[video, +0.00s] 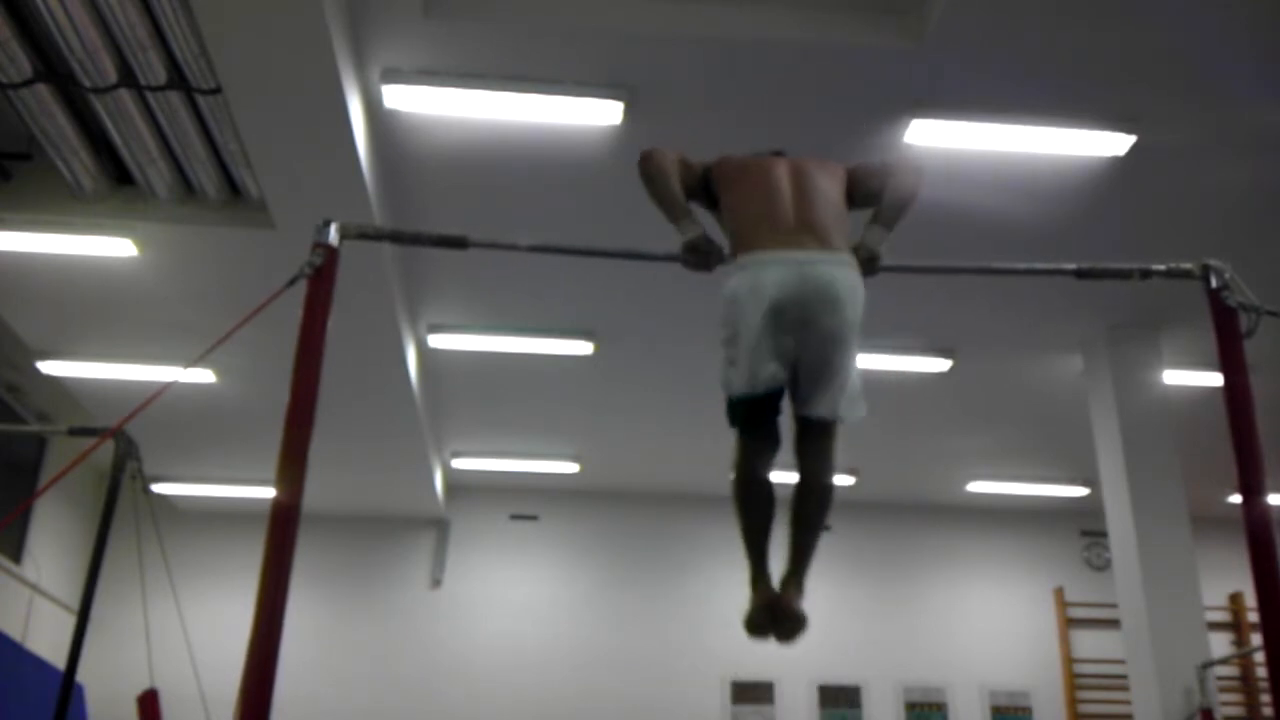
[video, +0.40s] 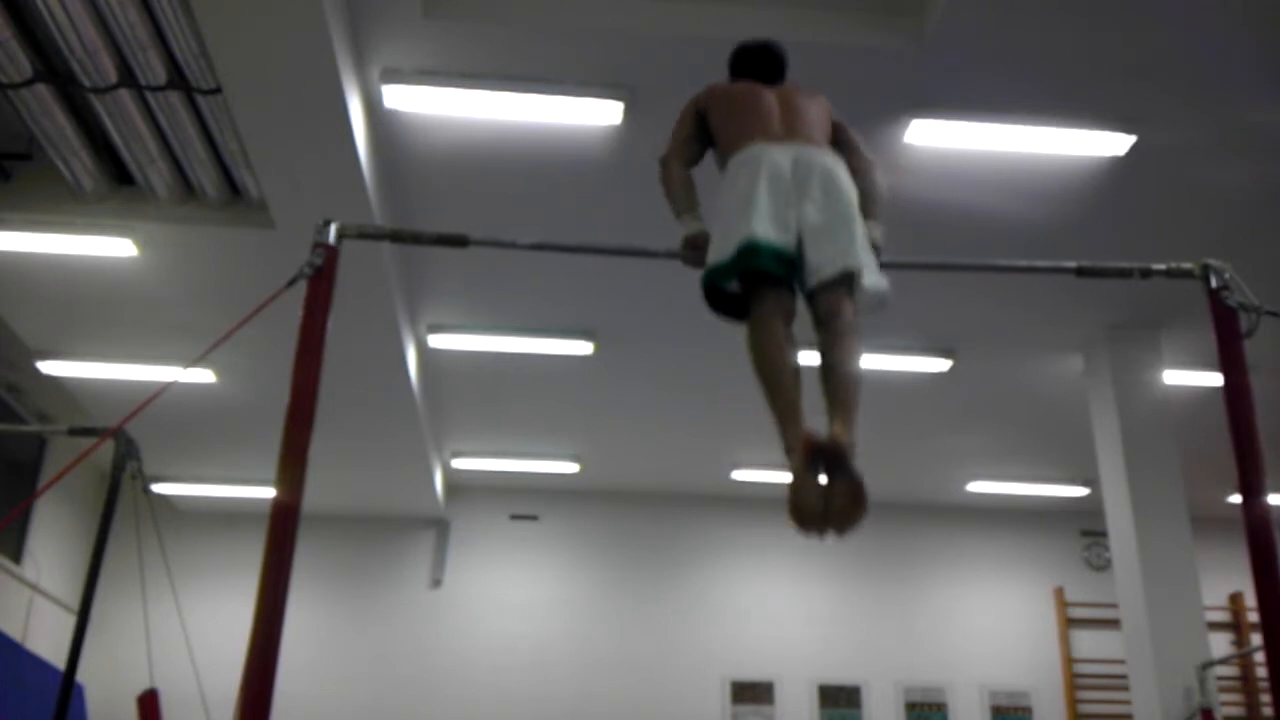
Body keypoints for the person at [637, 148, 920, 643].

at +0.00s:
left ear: (743, 161)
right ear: (798, 155)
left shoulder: (720, 173)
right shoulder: (835, 173)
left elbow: (655, 160)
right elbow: (908, 173)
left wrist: (689, 230)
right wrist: (875, 238)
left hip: (756, 276)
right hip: (833, 276)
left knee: (755, 447)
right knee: (817, 453)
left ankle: (761, 587)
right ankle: (793, 588)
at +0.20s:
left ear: (732, 131)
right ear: (790, 131)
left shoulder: (719, 144)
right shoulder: (821, 151)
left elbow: (660, 159)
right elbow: (889, 176)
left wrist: (690, 231)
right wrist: (873, 238)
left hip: (755, 234)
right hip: (828, 235)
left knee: (766, 405)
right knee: (834, 401)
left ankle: (788, 557)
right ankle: (830, 551)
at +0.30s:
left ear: (732, 102)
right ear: (786, 104)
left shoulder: (715, 121)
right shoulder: (820, 130)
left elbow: (664, 162)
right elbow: (880, 173)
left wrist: (690, 230)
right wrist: (874, 236)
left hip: (755, 210)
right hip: (828, 211)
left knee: (770, 356)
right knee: (837, 355)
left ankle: (796, 497)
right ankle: (841, 489)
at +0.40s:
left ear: (732, 74)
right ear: (786, 78)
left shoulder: (712, 96)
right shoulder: (817, 105)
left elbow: (674, 162)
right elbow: (863, 164)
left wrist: (691, 225)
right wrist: (872, 226)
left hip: (755, 173)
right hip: (827, 175)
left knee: (770, 313)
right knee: (837, 311)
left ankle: (798, 453)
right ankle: (841, 440)